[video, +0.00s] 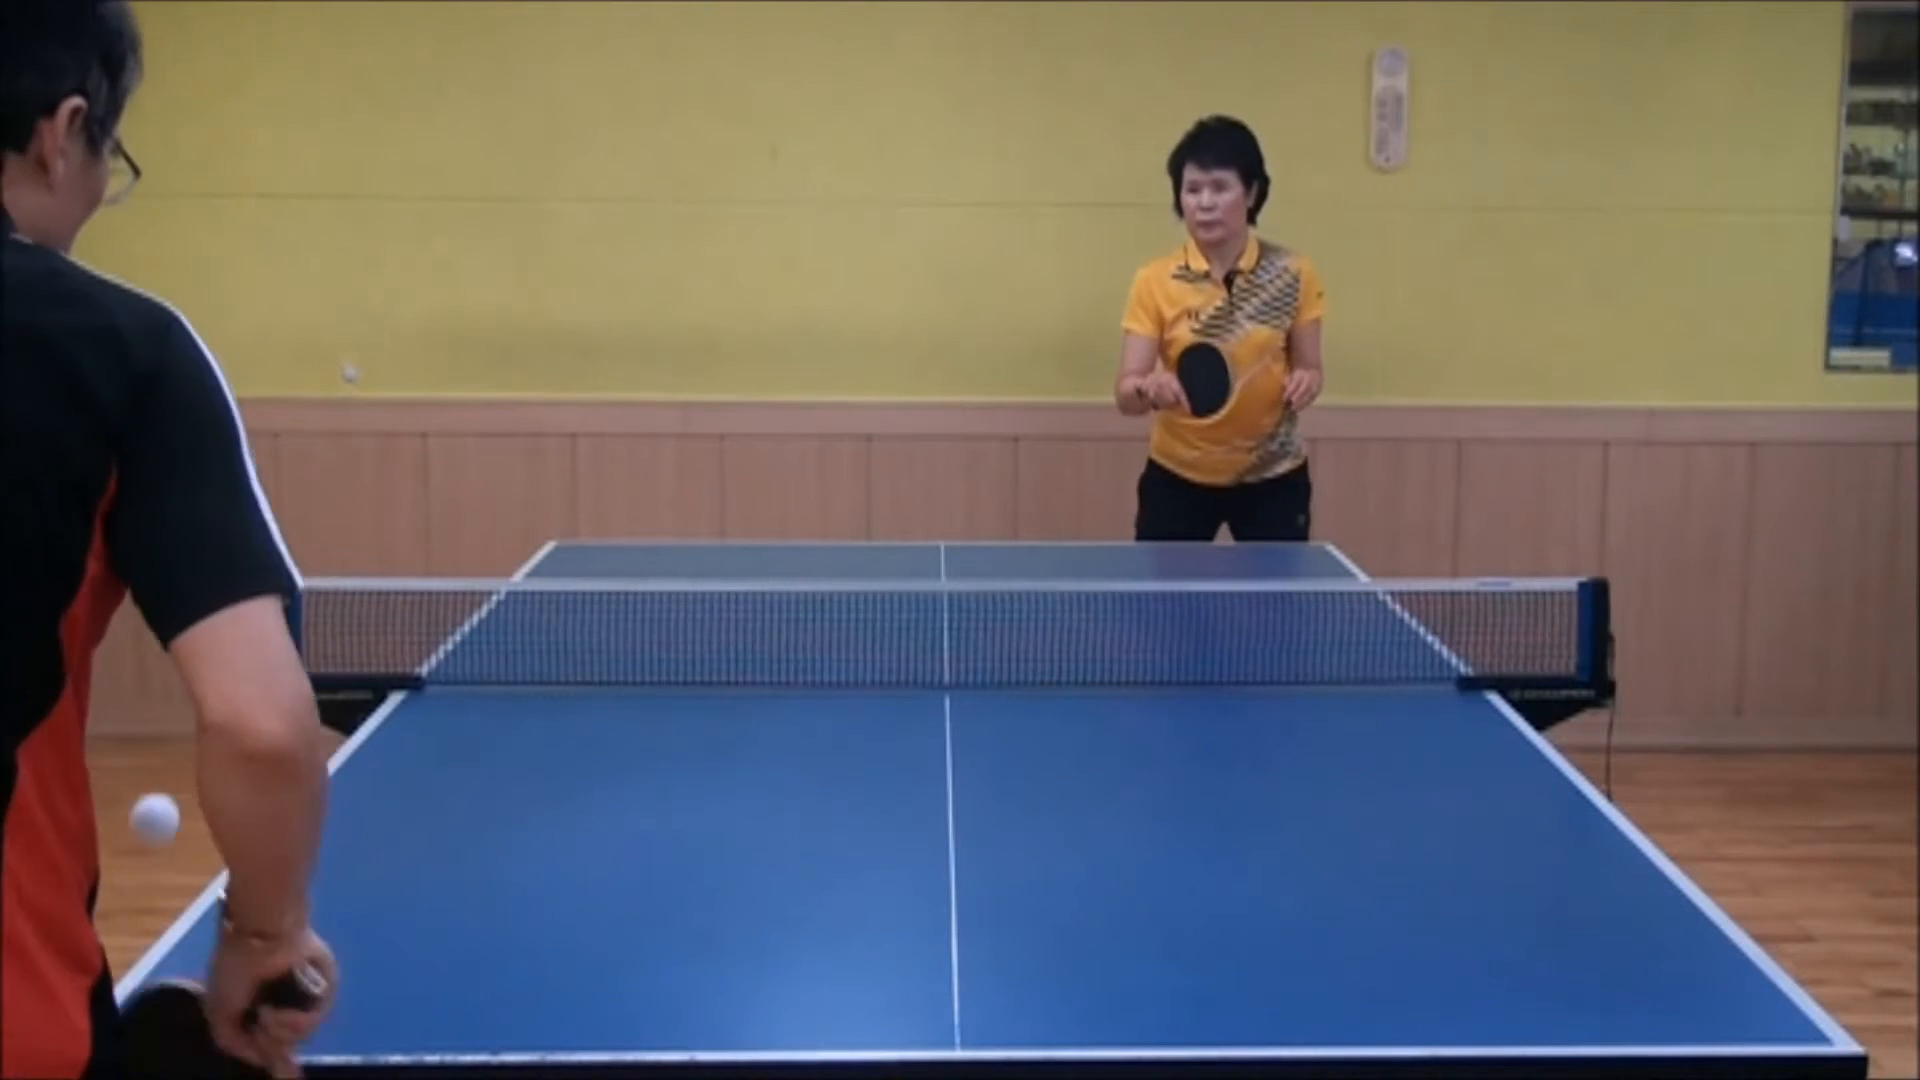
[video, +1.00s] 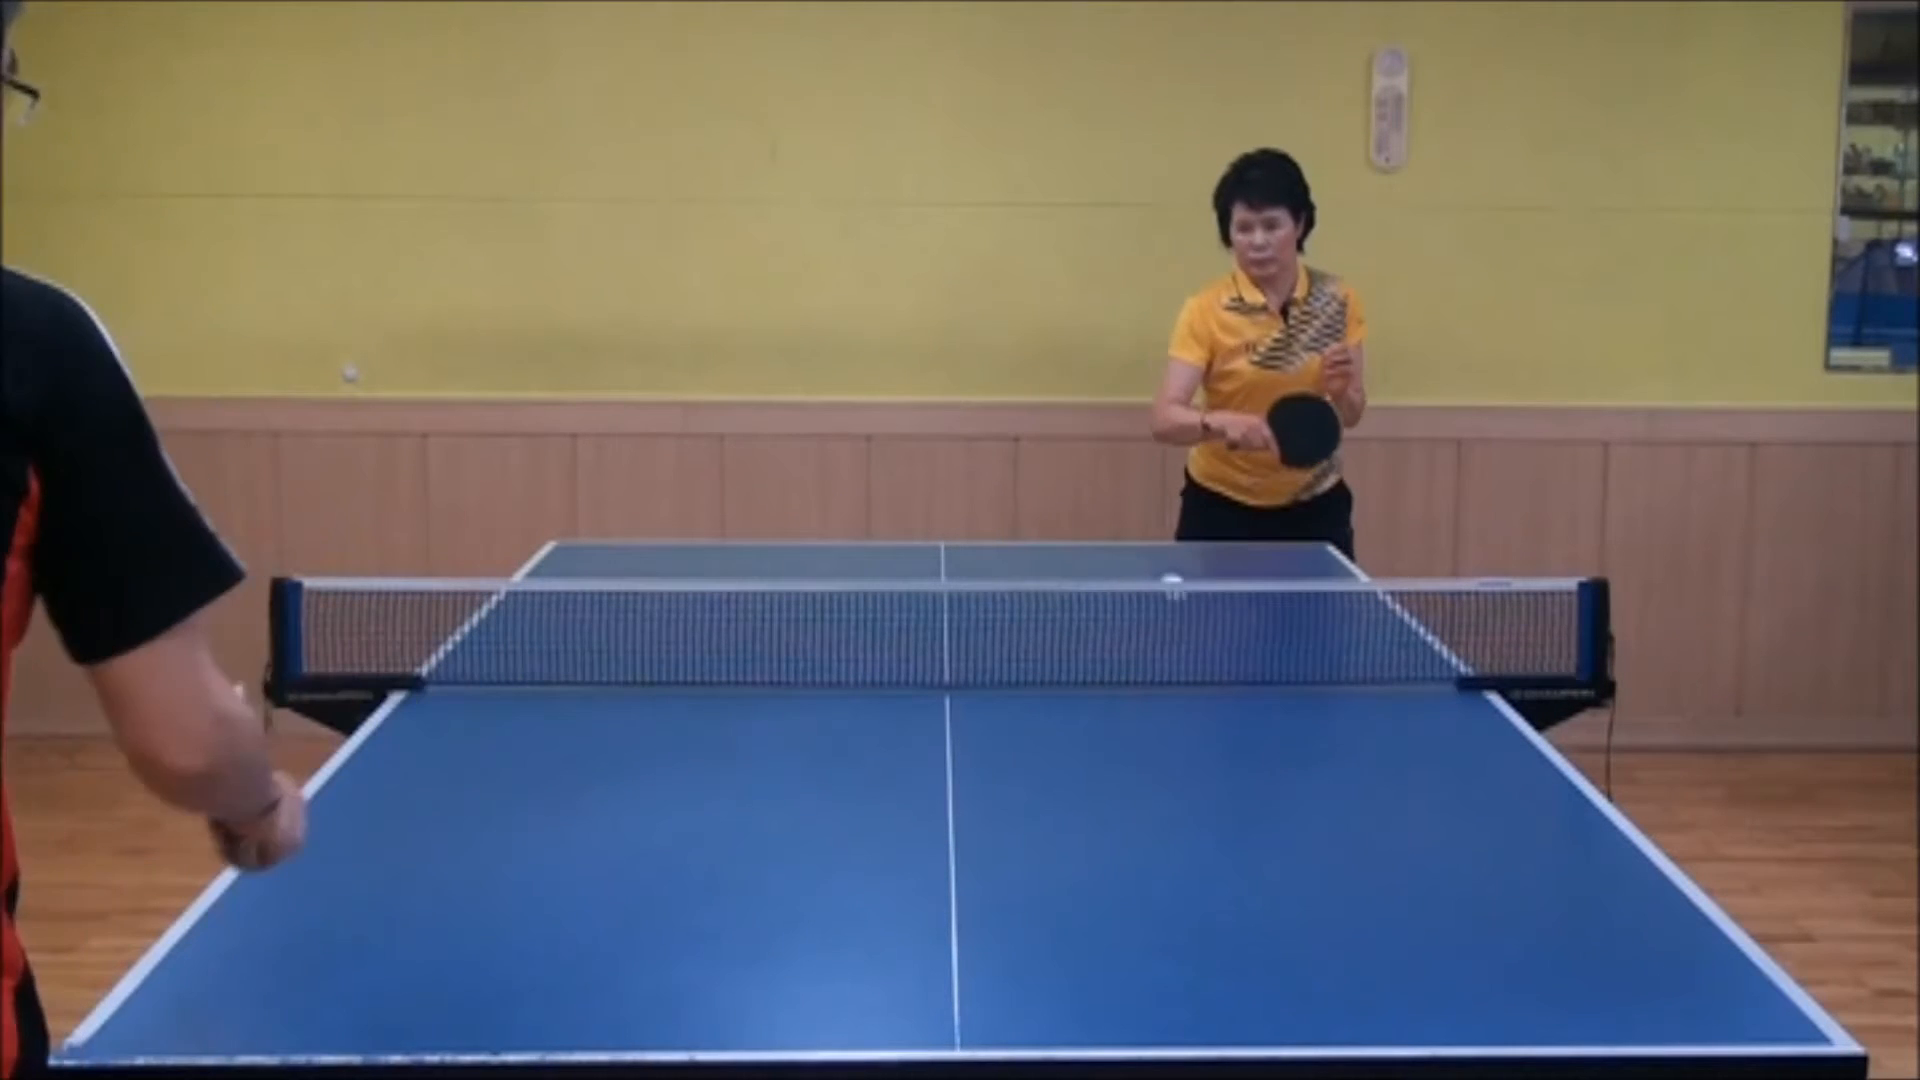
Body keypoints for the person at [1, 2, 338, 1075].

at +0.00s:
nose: (106, 189)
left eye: (110, 150)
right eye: (107, 146)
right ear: (55, 132)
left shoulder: (112, 348)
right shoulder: (105, 344)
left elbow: (261, 720)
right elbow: (263, 721)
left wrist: (267, 935)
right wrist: (267, 933)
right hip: (22, 1005)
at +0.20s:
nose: (105, 190)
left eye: (115, 157)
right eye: (111, 152)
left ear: (50, 127)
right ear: (56, 129)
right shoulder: (107, 347)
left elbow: (366, 692)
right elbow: (368, 693)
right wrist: (272, 729)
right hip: (23, 1000)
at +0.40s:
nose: (60, 163)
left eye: (73, 126)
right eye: (68, 123)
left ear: (18, 108)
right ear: (16, 108)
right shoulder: (84, 341)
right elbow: (353, 639)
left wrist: (418, 664)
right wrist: (438, 675)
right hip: (15, 1007)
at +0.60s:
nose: (40, 132)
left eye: (42, 96)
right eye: (40, 96)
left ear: (26, 104)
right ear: (14, 106)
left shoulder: (68, 338)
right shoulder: (62, 337)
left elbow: (295, 679)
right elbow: (301, 678)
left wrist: (359, 716)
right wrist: (370, 721)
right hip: (7, 1003)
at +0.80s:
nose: (30, 126)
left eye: (32, 87)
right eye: (32, 86)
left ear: (21, 101)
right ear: (12, 103)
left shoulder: (60, 338)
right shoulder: (52, 337)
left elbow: (257, 698)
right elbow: (259, 699)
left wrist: (318, 741)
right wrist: (334, 750)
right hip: (3, 1000)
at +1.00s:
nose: (15, 103)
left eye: (11, 83)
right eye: (10, 82)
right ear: (4, 86)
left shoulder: (38, 341)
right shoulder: (29, 341)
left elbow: (179, 737)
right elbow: (180, 736)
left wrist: (246, 797)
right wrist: (253, 805)